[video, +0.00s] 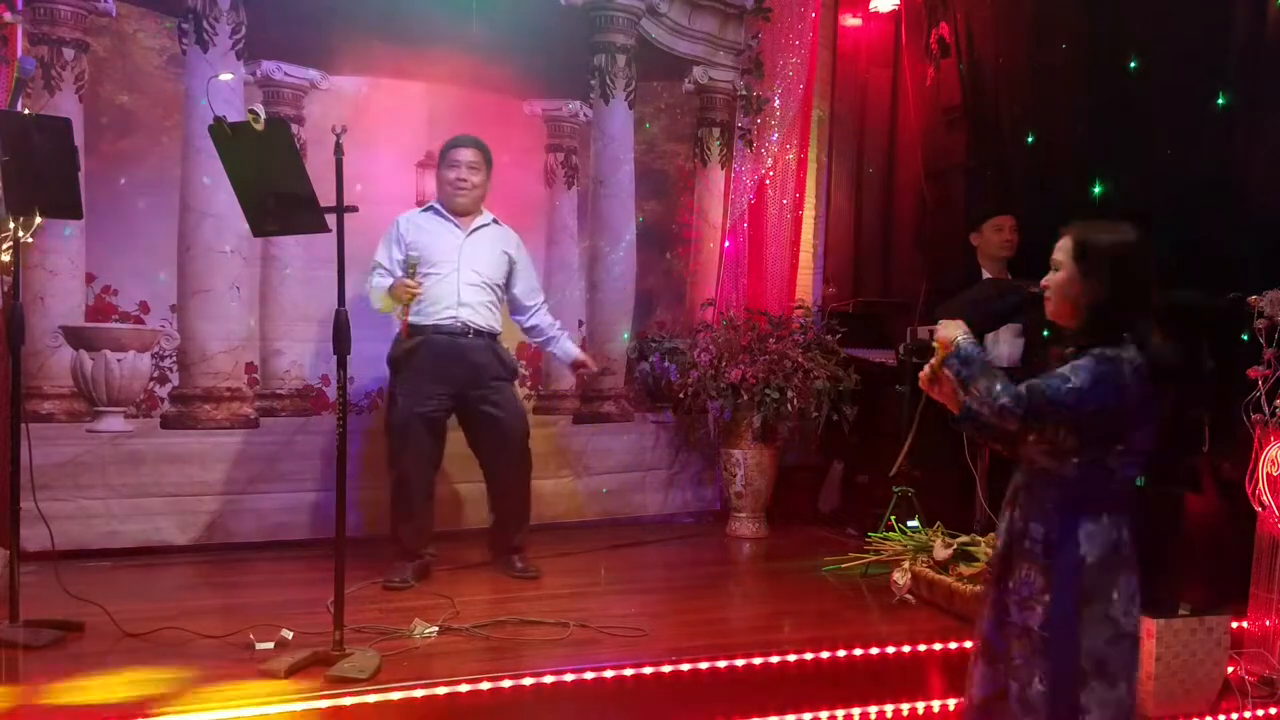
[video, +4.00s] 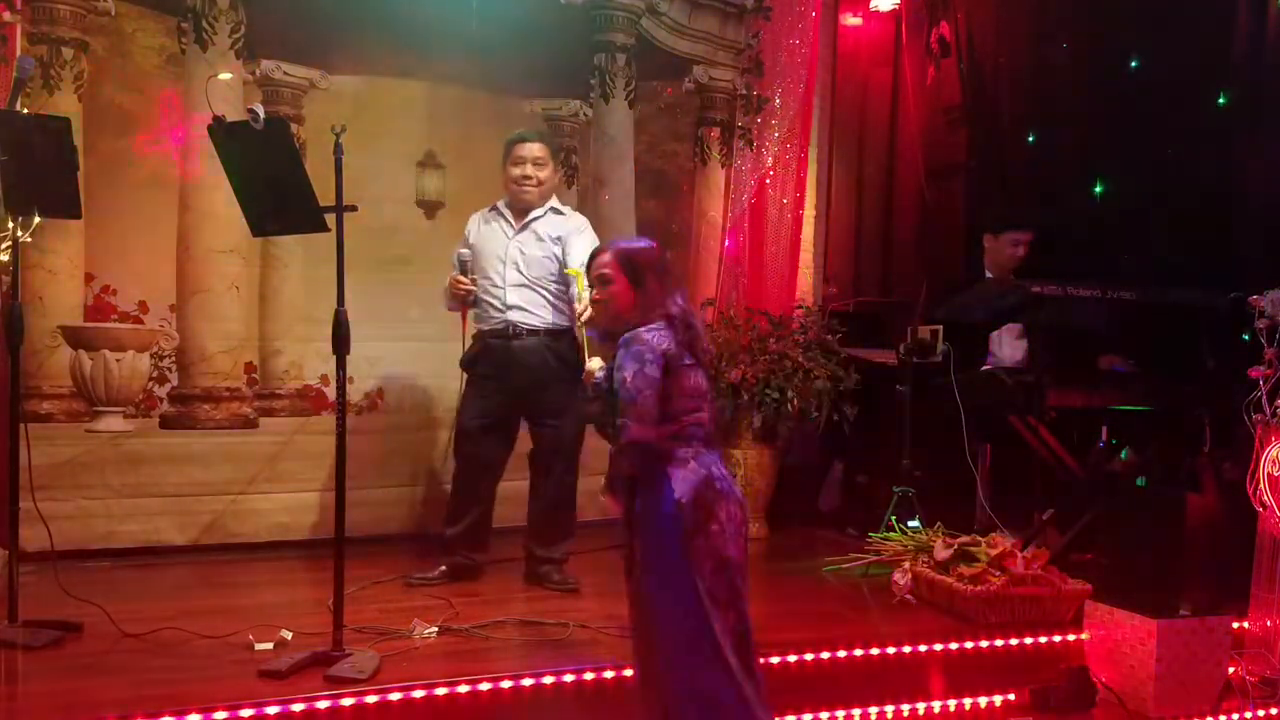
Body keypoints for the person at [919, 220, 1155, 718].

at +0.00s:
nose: (1045, 281)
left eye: (1058, 269)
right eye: (1050, 268)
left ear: (1099, 285)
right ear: (1089, 286)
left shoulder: (1113, 367)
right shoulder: (1089, 361)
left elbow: (1016, 408)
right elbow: (1030, 431)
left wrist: (962, 346)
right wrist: (962, 405)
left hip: (1078, 541)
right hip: (1047, 534)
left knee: (1061, 677)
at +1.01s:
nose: (990, 282)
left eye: (1003, 275)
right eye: (996, 273)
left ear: (1037, 291)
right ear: (1043, 294)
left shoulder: (1030, 369)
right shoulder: (1064, 362)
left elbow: (938, 418)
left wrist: (921, 381)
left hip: (1010, 529)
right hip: (1046, 522)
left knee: (1004, 655)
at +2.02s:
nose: (821, 302)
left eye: (829, 291)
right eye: (825, 290)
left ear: (853, 303)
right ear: (888, 302)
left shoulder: (855, 386)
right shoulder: (918, 374)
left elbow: (784, 447)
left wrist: (744, 423)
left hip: (860, 555)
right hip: (912, 545)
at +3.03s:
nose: (628, 303)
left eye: (631, 291)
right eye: (630, 291)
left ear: (646, 299)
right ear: (697, 296)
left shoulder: (656, 365)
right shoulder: (713, 359)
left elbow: (641, 468)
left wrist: (635, 512)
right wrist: (621, 384)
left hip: (693, 523)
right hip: (746, 518)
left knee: (670, 656)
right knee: (723, 654)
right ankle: (719, 717)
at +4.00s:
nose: (596, 294)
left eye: (605, 282)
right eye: (594, 283)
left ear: (640, 286)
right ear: (648, 288)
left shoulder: (640, 343)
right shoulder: (678, 334)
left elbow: (636, 429)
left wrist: (617, 485)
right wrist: (603, 382)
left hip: (670, 492)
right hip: (708, 482)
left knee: (674, 618)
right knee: (707, 613)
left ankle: (687, 710)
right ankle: (724, 707)